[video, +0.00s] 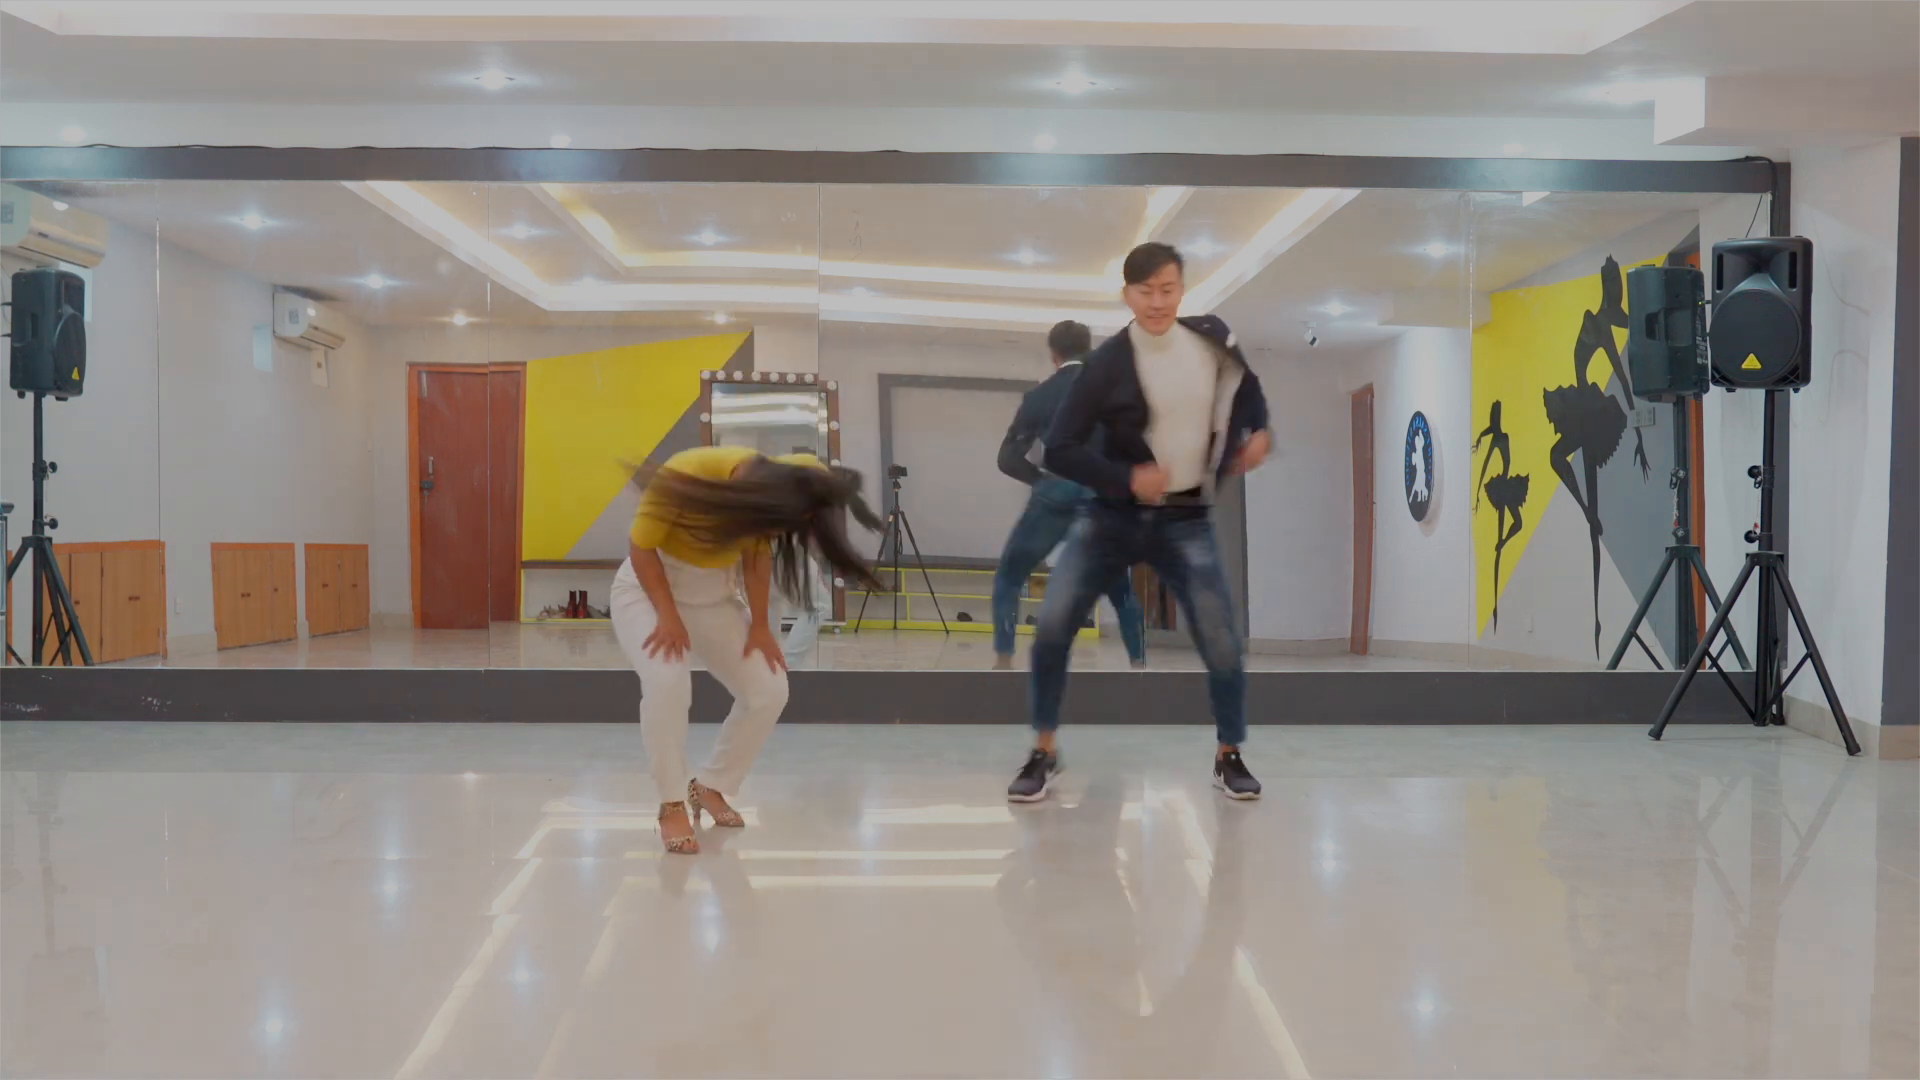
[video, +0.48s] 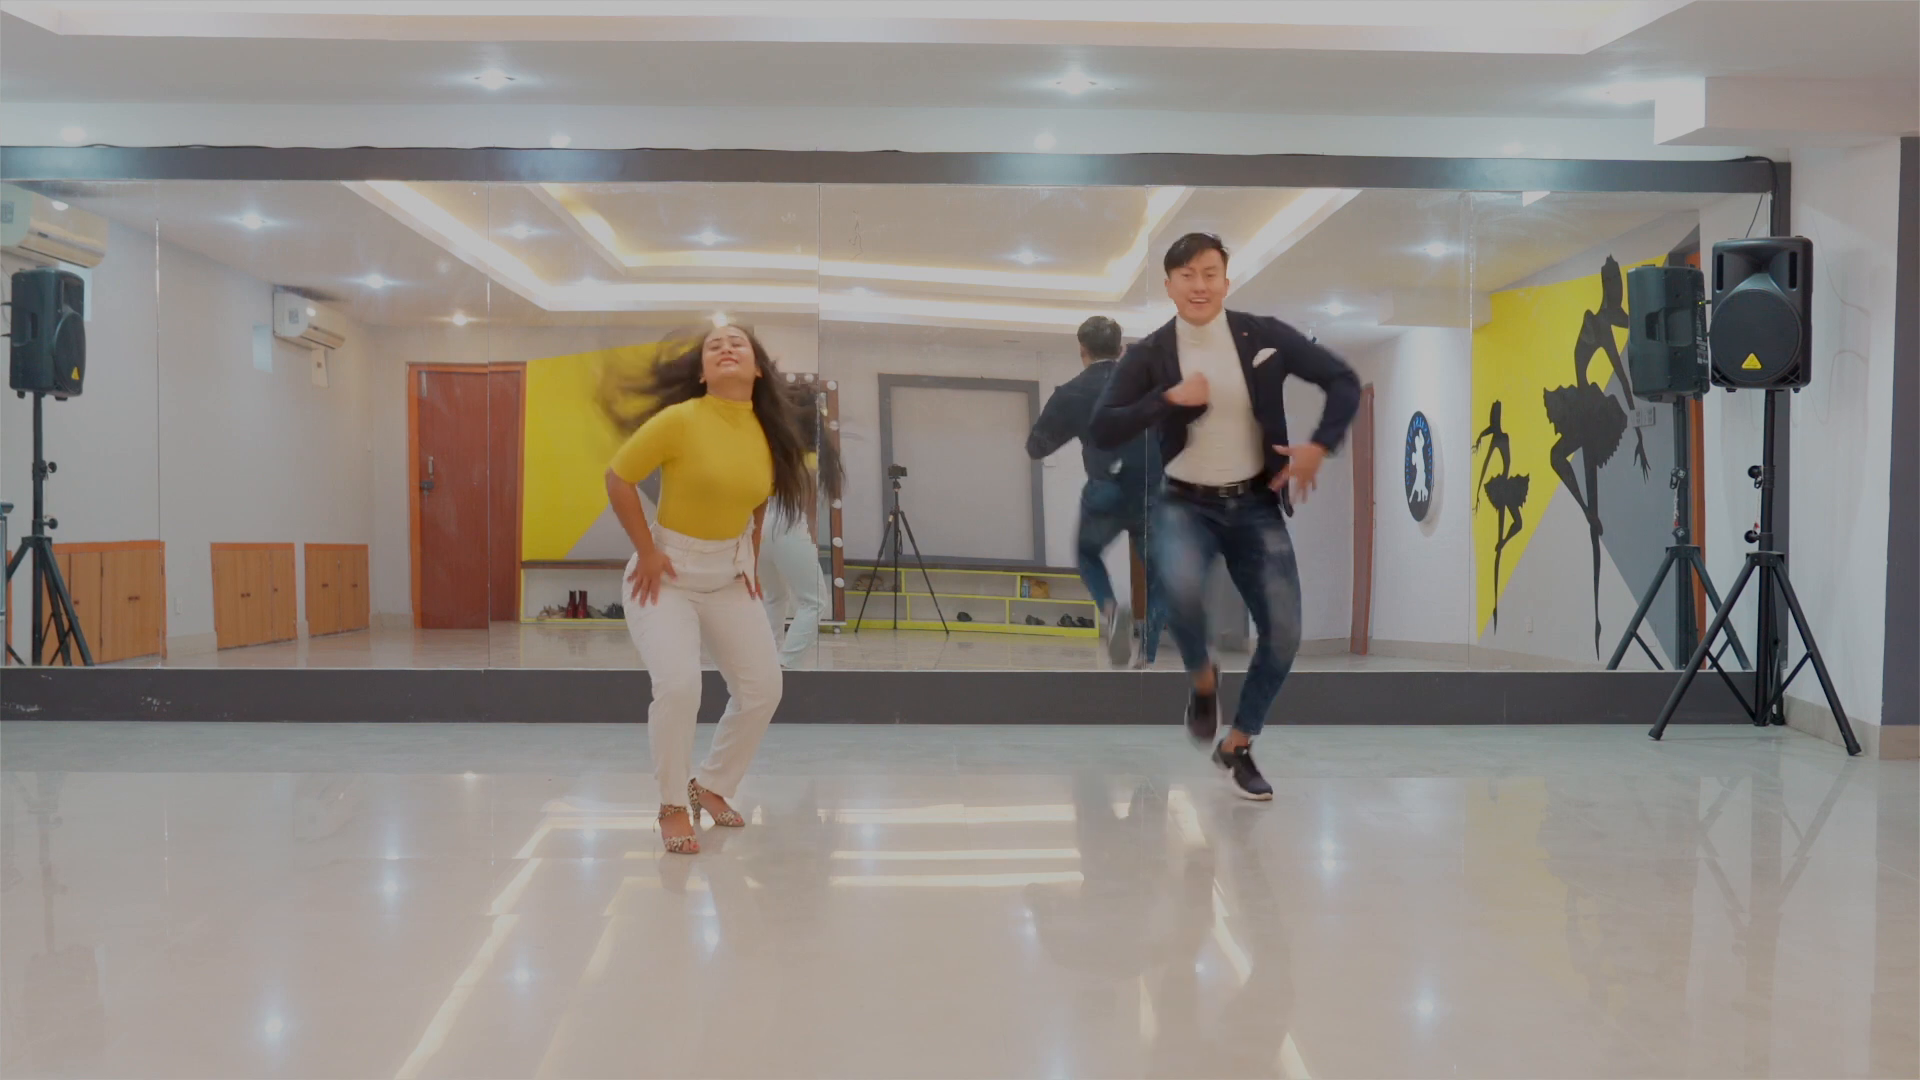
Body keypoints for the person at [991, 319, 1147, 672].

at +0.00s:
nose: (1051, 357)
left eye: (1051, 351)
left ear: (1054, 354)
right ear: (1089, 349)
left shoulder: (1042, 394)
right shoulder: (1109, 384)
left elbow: (1008, 458)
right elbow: (1129, 439)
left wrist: (1042, 479)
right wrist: (1113, 474)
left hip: (1057, 489)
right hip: (1106, 489)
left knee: (1011, 573)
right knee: (1120, 587)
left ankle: (1004, 658)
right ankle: (1139, 666)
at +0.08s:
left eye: (1063, 351)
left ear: (1064, 353)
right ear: (1100, 351)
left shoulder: (1050, 395)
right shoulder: (1121, 386)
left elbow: (1014, 455)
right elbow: (1143, 440)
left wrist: (1050, 489)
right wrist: (1134, 484)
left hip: (1075, 497)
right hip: (1125, 494)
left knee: (1036, 567)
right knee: (1133, 580)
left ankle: (1039, 641)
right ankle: (1143, 664)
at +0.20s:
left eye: (1075, 351)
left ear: (1074, 353)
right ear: (1111, 351)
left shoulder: (1052, 394)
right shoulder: (1130, 386)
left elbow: (1029, 453)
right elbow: (1156, 437)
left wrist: (1063, 485)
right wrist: (1149, 479)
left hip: (1092, 502)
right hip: (1137, 499)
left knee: (1111, 585)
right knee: (1147, 588)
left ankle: (1105, 637)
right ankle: (1144, 667)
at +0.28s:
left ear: (1080, 356)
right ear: (1116, 353)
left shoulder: (1056, 400)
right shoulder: (1132, 389)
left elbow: (1045, 460)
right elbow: (1159, 437)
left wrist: (1077, 484)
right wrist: (1149, 474)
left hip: (1100, 502)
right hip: (1143, 496)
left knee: (1140, 588)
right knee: (1156, 591)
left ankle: (1132, 644)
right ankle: (1140, 665)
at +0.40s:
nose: (1080, 353)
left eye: (1080, 348)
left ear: (1082, 351)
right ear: (1120, 349)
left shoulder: (1068, 398)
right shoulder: (1142, 387)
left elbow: (1034, 454)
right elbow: (1175, 436)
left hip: (1107, 504)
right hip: (1153, 500)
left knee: (1120, 582)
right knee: (1159, 590)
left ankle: (1119, 636)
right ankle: (1145, 667)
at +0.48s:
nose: (1079, 352)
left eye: (1080, 347)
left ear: (1082, 349)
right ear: (1119, 347)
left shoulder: (1075, 392)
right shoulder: (1143, 380)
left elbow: (1037, 445)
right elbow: (1171, 428)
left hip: (1107, 490)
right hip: (1152, 488)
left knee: (1088, 553)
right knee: (1159, 573)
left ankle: (1110, 608)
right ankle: (1146, 656)